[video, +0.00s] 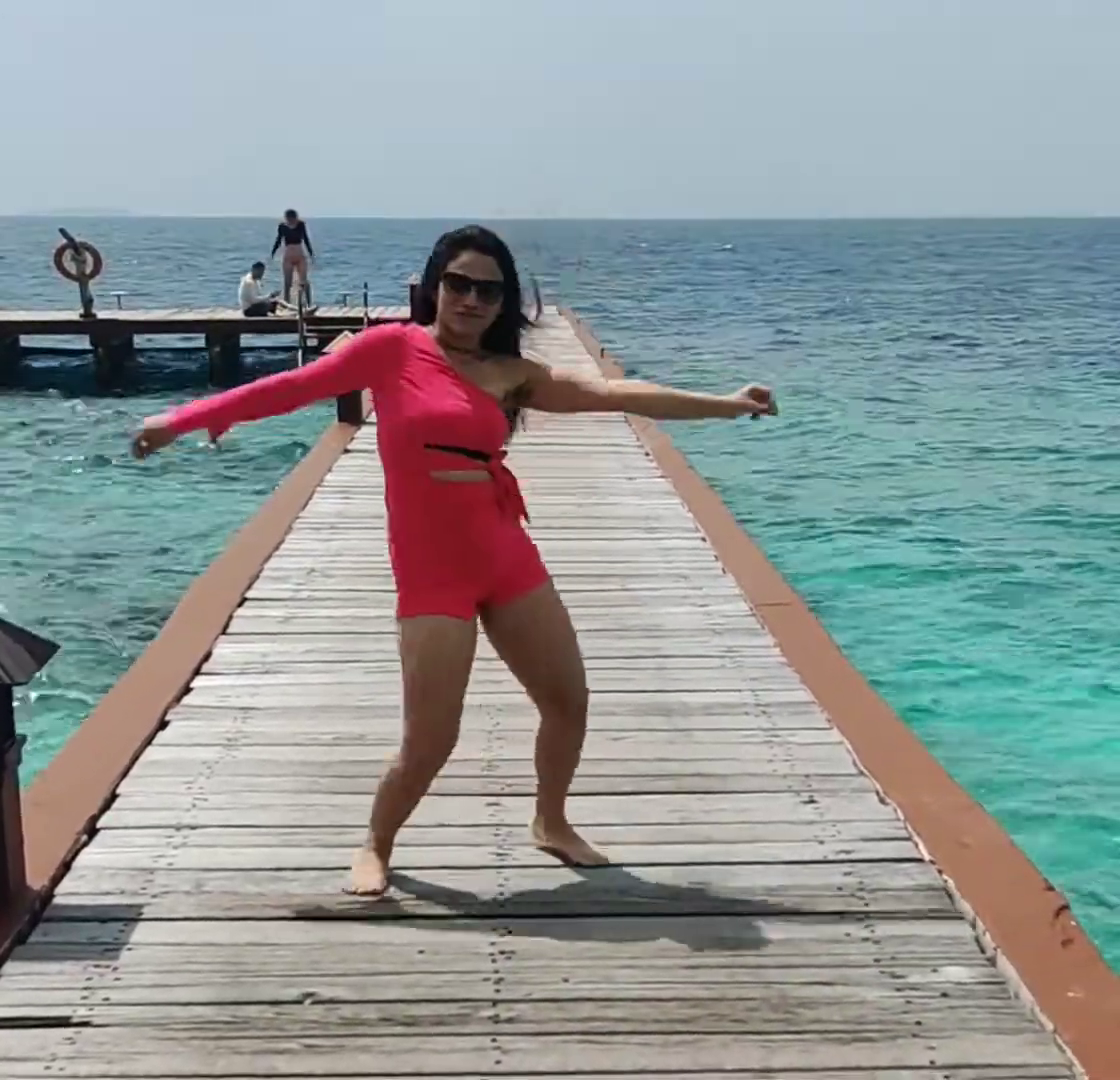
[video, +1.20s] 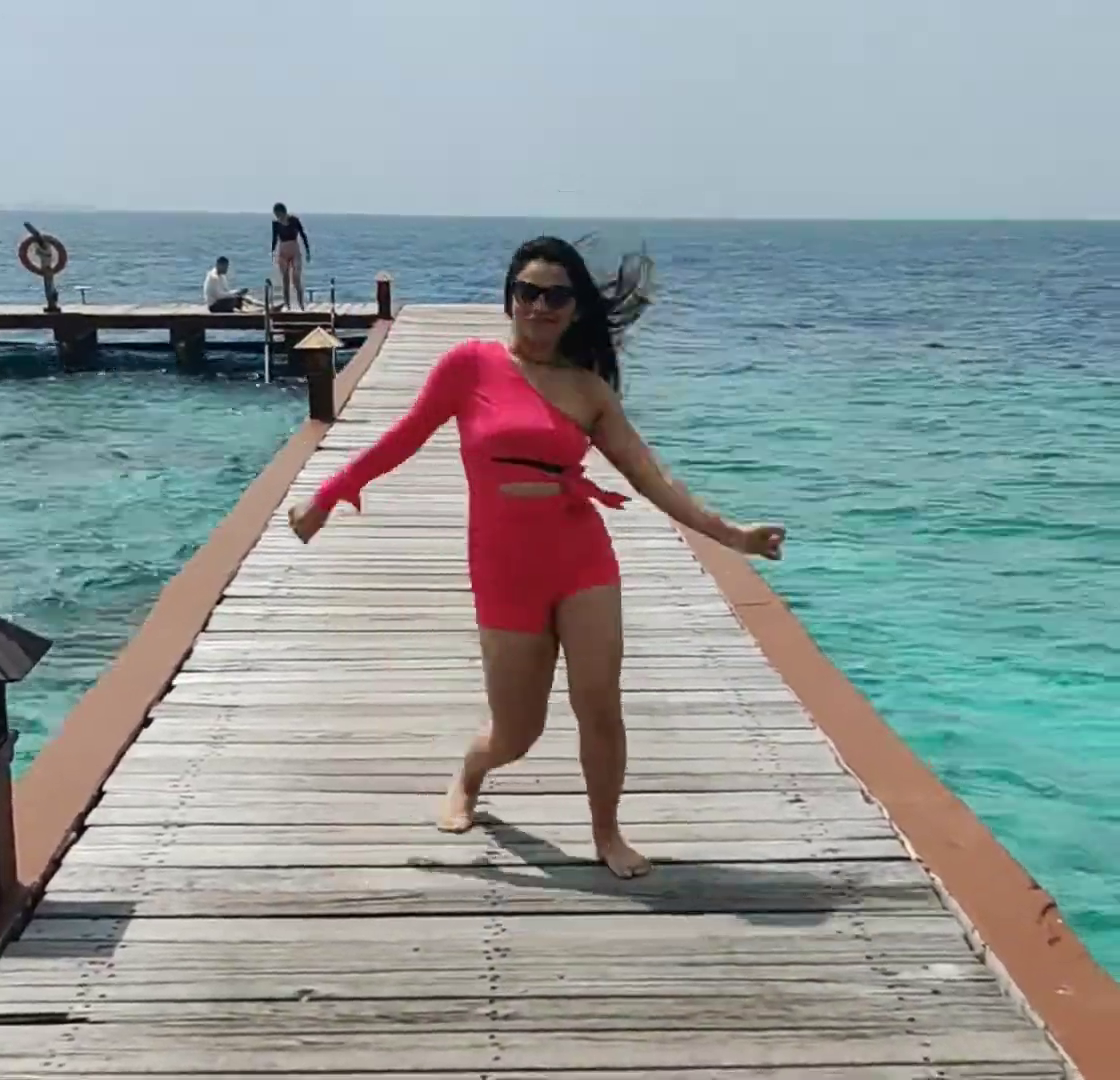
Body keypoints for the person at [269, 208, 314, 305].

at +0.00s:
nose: (291, 222)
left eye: (293, 219)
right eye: (289, 220)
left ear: (296, 218)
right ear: (286, 219)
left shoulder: (301, 225)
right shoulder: (282, 227)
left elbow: (306, 239)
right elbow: (278, 241)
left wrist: (311, 253)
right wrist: (272, 253)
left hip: (299, 250)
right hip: (289, 250)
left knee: (304, 280)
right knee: (287, 282)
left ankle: (309, 304)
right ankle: (286, 304)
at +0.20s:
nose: (295, 222)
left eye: (297, 219)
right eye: (293, 220)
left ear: (301, 218)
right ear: (291, 219)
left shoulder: (306, 225)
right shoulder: (287, 226)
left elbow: (309, 239)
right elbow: (283, 238)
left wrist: (309, 250)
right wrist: (282, 248)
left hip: (303, 250)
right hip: (293, 251)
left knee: (311, 281)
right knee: (290, 282)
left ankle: (319, 305)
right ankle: (287, 305)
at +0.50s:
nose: (308, 218)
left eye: (310, 216)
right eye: (306, 216)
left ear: (314, 215)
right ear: (304, 216)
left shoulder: (319, 223)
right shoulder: (300, 224)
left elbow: (325, 238)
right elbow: (297, 238)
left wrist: (325, 254)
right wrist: (296, 251)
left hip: (317, 249)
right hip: (306, 249)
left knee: (320, 279)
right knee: (302, 279)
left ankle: (322, 303)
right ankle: (299, 303)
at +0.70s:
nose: (313, 219)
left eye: (314, 217)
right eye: (311, 217)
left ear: (318, 215)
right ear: (308, 216)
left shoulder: (325, 223)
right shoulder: (305, 224)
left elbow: (331, 238)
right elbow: (303, 238)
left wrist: (340, 252)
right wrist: (299, 252)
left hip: (321, 250)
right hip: (310, 250)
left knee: (323, 279)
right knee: (314, 279)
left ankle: (323, 304)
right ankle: (315, 303)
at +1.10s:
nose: (298, 219)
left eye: (299, 216)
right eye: (296, 216)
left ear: (304, 214)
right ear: (294, 216)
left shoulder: (313, 222)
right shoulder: (294, 225)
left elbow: (321, 236)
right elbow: (293, 241)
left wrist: (327, 251)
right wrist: (289, 255)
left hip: (312, 250)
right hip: (301, 251)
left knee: (316, 278)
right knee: (304, 279)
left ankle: (315, 303)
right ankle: (306, 305)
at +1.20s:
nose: (278, 217)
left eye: (280, 214)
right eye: (277, 215)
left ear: (284, 213)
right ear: (275, 215)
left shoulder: (294, 220)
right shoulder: (276, 223)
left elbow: (303, 235)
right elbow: (274, 238)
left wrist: (307, 251)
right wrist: (273, 251)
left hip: (294, 248)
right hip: (283, 249)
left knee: (296, 279)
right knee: (285, 279)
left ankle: (301, 305)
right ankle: (287, 305)